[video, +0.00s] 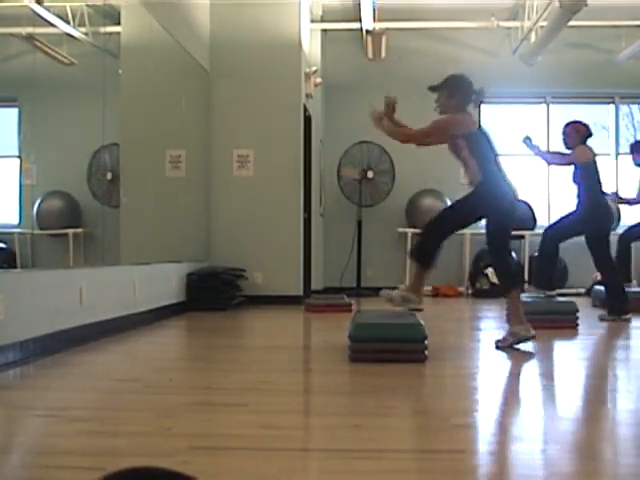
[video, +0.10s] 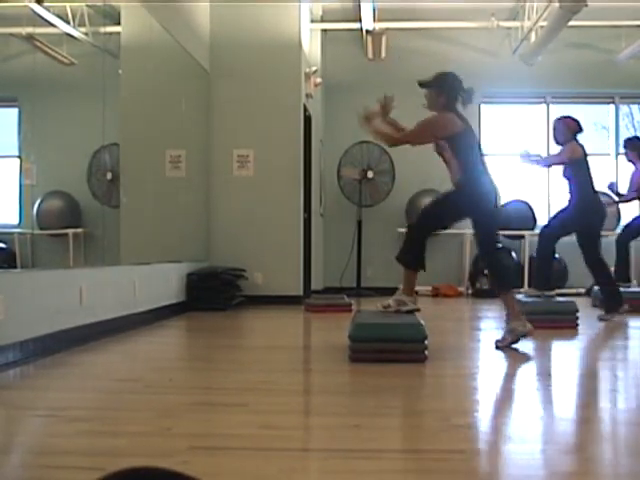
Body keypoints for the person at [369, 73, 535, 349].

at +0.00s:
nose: (437, 99)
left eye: (441, 94)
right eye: (438, 94)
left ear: (454, 97)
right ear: (460, 98)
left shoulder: (456, 122)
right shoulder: (461, 122)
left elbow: (411, 137)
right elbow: (419, 137)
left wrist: (382, 124)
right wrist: (393, 119)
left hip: (490, 195)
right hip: (493, 194)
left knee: (434, 231)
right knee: (500, 255)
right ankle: (518, 324)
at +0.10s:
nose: (426, 96)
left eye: (430, 92)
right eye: (427, 92)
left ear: (442, 95)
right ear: (448, 96)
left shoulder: (442, 121)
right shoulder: (453, 120)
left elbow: (396, 139)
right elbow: (410, 136)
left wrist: (371, 124)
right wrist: (386, 117)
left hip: (468, 193)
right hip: (483, 192)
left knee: (417, 230)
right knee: (491, 253)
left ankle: (406, 296)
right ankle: (517, 320)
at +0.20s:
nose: (414, 79)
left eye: (419, 75)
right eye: (416, 75)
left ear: (431, 80)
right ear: (440, 80)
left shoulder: (423, 109)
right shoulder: (448, 107)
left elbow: (395, 142)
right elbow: (428, 144)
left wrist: (370, 153)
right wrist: (393, 152)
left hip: (448, 179)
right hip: (471, 179)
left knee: (414, 226)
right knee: (470, 242)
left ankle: (406, 295)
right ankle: (493, 305)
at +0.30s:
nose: (404, 71)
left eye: (408, 66)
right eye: (405, 66)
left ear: (420, 70)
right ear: (428, 70)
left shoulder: (415, 98)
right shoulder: (440, 96)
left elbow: (415, 134)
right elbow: (446, 137)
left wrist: (403, 170)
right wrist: (431, 166)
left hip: (441, 168)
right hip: (464, 169)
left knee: (418, 224)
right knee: (450, 229)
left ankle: (406, 293)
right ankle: (464, 287)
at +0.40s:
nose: (396, 72)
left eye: (401, 68)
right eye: (398, 68)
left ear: (412, 73)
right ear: (421, 73)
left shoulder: (411, 97)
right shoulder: (434, 96)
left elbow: (435, 120)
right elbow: (468, 113)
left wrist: (444, 158)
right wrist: (485, 139)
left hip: (435, 165)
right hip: (457, 166)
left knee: (412, 226)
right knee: (433, 225)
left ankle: (405, 294)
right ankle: (437, 279)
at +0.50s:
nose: (394, 79)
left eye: (398, 75)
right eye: (395, 75)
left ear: (410, 80)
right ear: (418, 82)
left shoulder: (410, 103)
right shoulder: (434, 102)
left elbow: (442, 114)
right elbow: (472, 107)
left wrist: (463, 148)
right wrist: (495, 135)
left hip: (433, 172)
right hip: (453, 173)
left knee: (402, 228)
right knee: (425, 228)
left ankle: (404, 295)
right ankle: (422, 279)